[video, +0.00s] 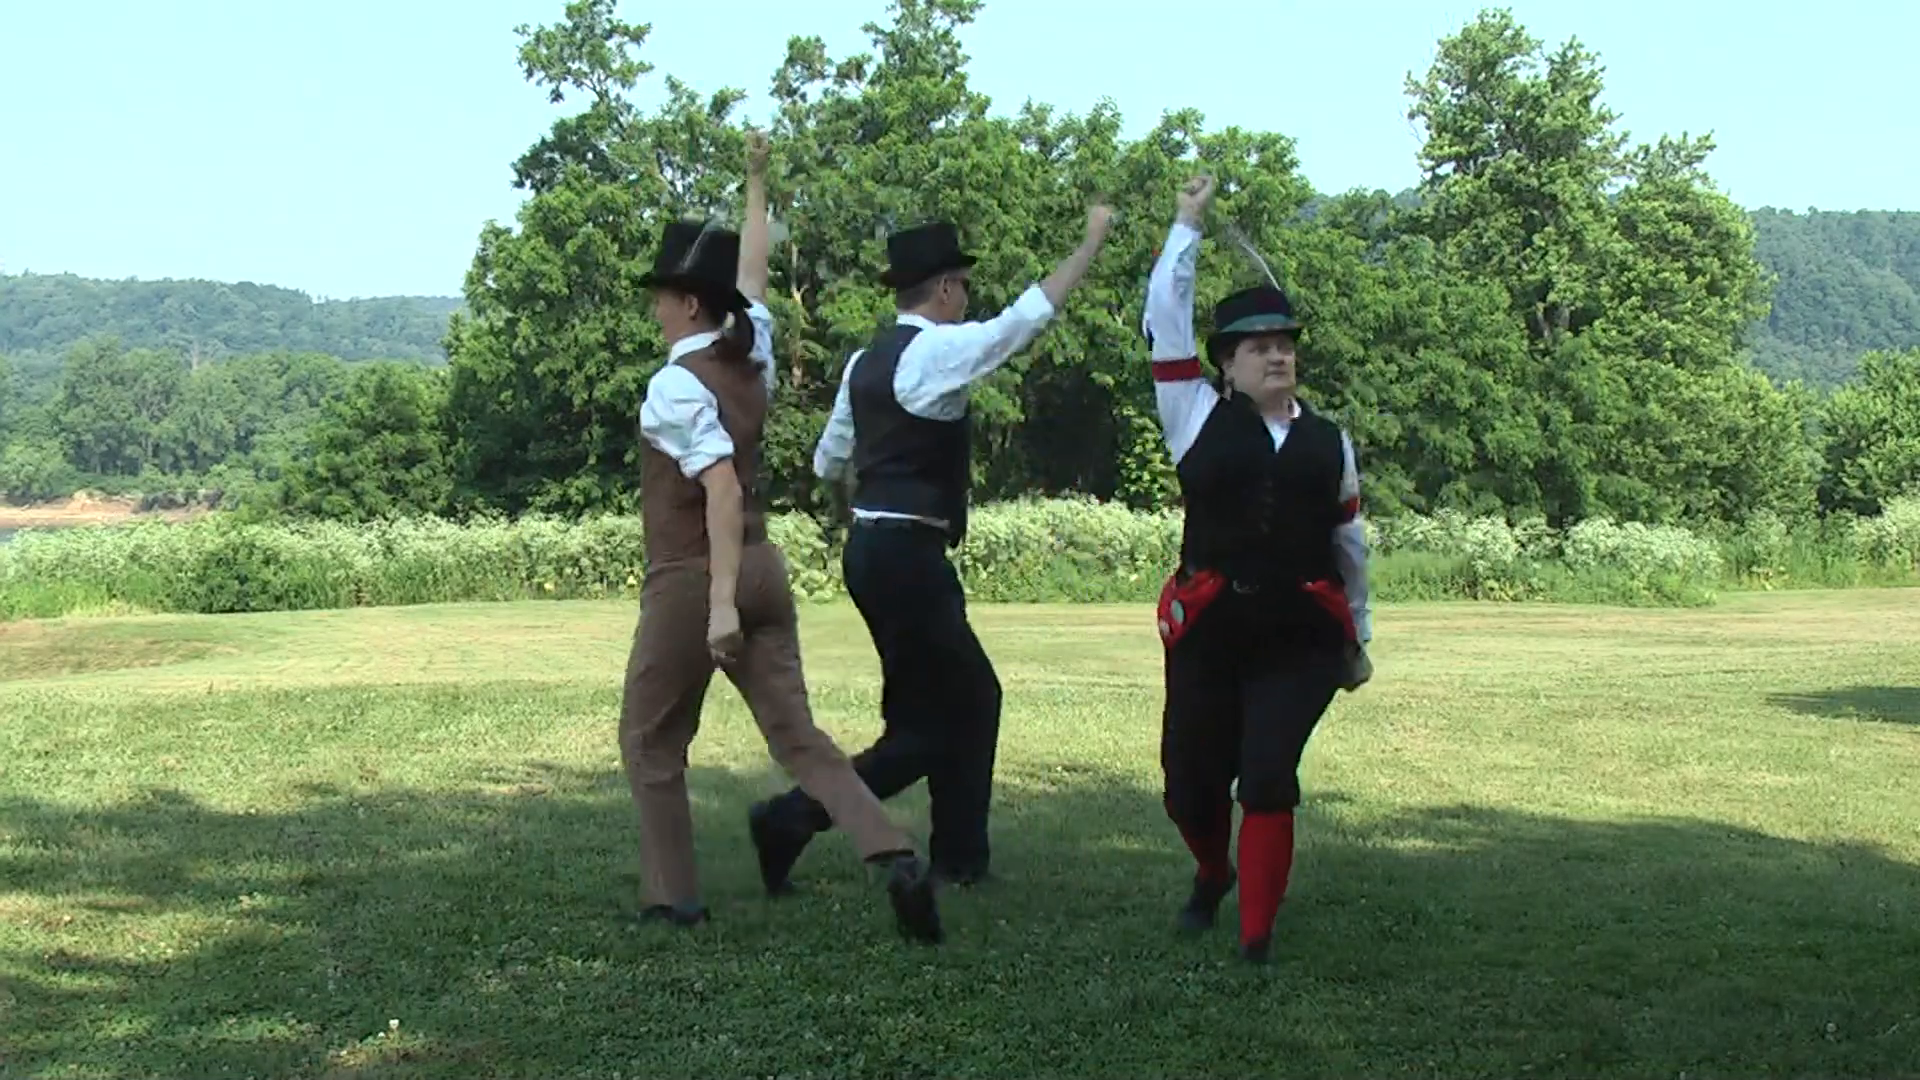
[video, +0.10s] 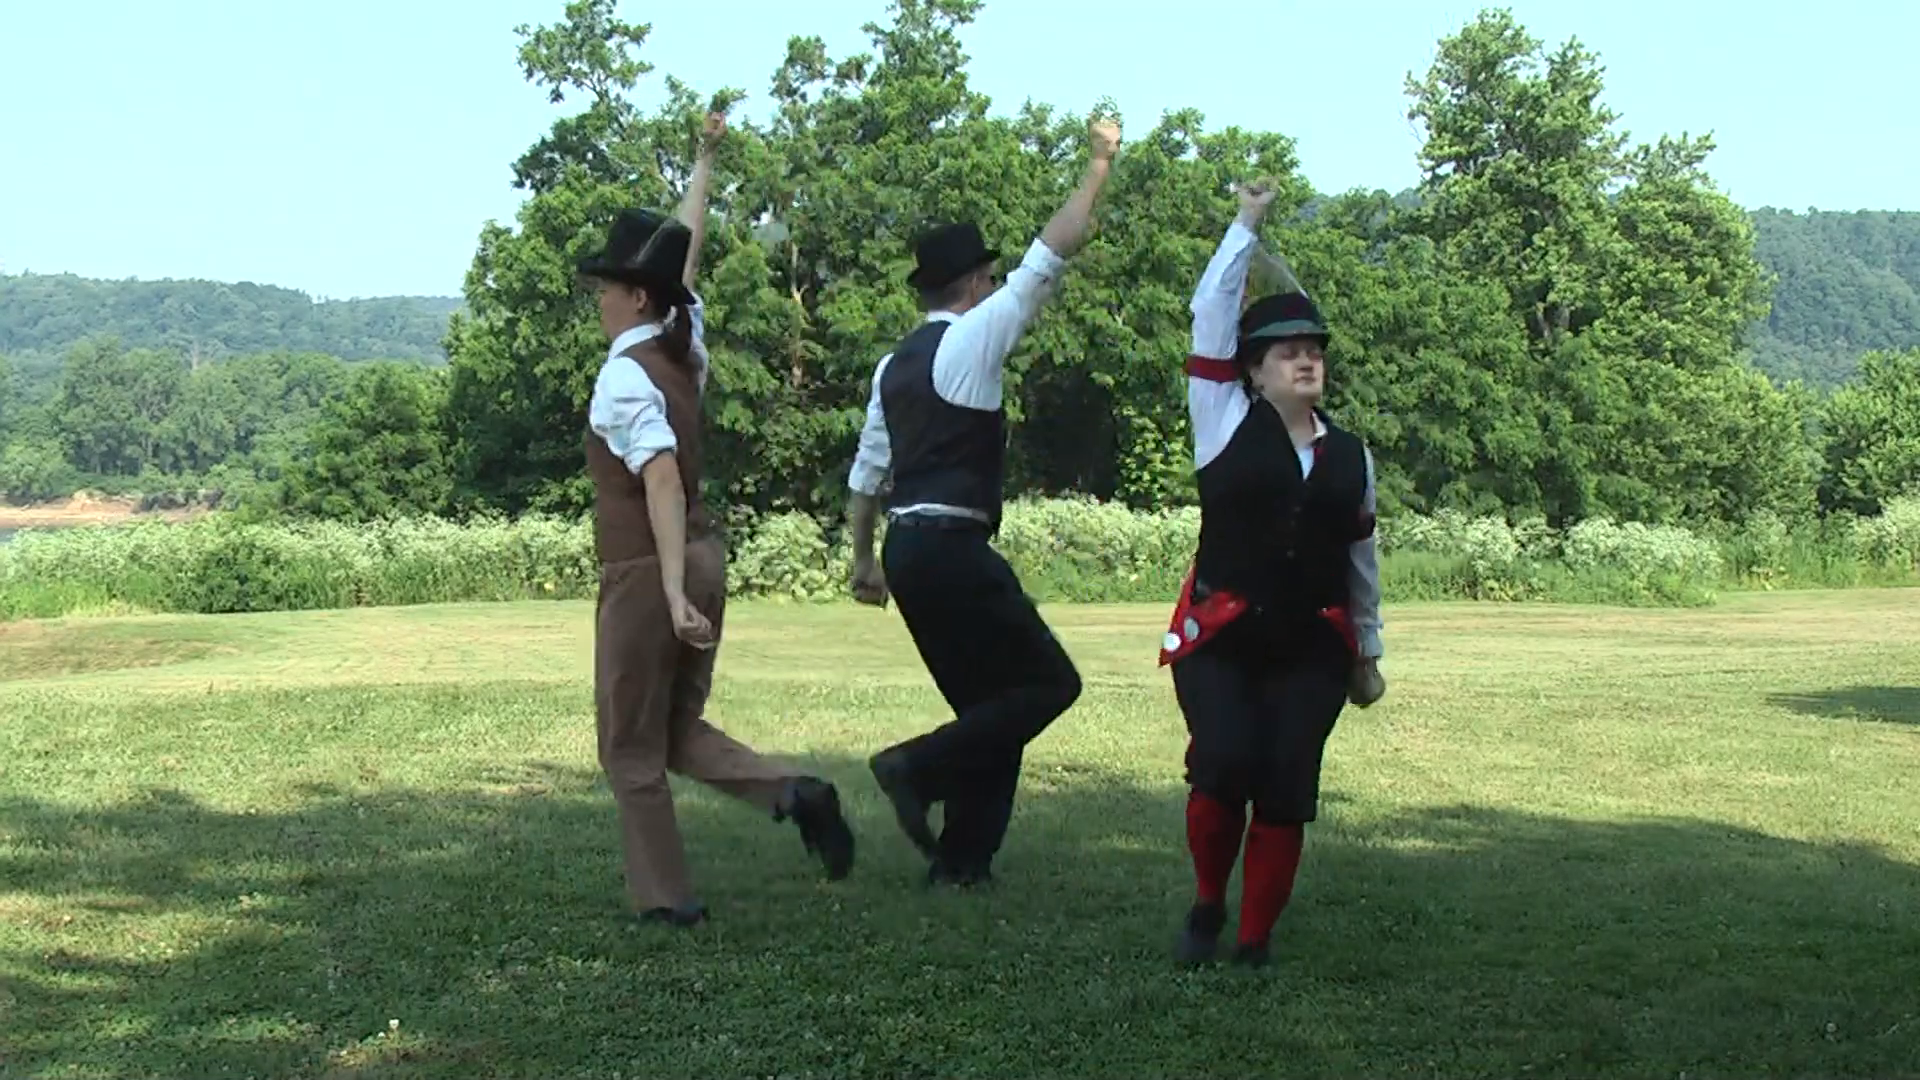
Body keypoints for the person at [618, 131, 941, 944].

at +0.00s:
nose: (655, 309)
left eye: (659, 297)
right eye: (656, 296)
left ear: (684, 305)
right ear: (712, 303)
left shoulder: (675, 384)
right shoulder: (751, 342)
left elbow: (724, 481)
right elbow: (754, 265)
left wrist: (723, 592)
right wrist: (756, 177)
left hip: (684, 580)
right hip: (755, 567)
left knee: (650, 741)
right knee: (797, 737)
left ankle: (673, 899)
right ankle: (895, 855)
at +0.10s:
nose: (597, 299)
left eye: (603, 289)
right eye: (600, 287)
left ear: (634, 297)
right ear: (655, 295)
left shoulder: (621, 378)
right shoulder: (683, 336)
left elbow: (663, 475)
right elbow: (687, 248)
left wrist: (676, 587)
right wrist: (704, 155)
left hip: (645, 576)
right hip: (697, 561)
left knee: (630, 749)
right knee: (675, 731)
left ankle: (666, 899)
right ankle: (794, 793)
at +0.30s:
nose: (504, 253)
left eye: (512, 243)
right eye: (504, 242)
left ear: (550, 245)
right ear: (553, 240)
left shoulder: (568, 319)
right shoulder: (547, 296)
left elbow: (623, 423)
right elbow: (550, 193)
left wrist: (582, 524)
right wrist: (553, 97)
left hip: (544, 520)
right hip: (524, 517)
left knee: (519, 689)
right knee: (516, 670)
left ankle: (594, 845)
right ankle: (672, 681)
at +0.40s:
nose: (459, 274)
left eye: (469, 264)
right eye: (461, 264)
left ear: (500, 266)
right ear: (504, 262)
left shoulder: (534, 350)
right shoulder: (489, 327)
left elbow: (604, 449)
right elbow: (471, 220)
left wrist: (546, 539)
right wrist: (473, 112)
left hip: (496, 550)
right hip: (458, 545)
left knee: (470, 707)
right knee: (469, 700)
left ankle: (473, 874)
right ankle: (610, 672)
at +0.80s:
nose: (315, 302)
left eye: (325, 291)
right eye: (303, 287)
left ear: (336, 298)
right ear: (269, 285)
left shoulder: (352, 379)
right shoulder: (242, 335)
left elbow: (404, 472)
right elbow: (197, 237)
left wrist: (389, 574)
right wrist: (188, 132)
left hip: (326, 581)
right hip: (244, 576)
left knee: (367, 734)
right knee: (177, 712)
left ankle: (428, 875)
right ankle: (173, 862)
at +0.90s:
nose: (262, 310)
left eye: (273, 300)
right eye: (250, 295)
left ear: (279, 305)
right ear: (212, 291)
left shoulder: (299, 387)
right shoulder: (176, 350)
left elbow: (346, 487)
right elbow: (127, 254)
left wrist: (342, 589)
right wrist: (131, 142)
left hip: (273, 590)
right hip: (185, 585)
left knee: (279, 764)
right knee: (144, 734)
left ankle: (386, 832)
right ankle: (127, 893)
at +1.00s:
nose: (237, 300)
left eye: (243, 288)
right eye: (225, 284)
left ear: (244, 294)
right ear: (178, 284)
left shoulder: (271, 377)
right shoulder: (133, 350)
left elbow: (303, 474)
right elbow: (68, 253)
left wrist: (300, 567)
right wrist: (66, 142)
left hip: (243, 588)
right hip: (150, 582)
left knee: (204, 748)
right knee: (125, 721)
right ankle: (121, 896)